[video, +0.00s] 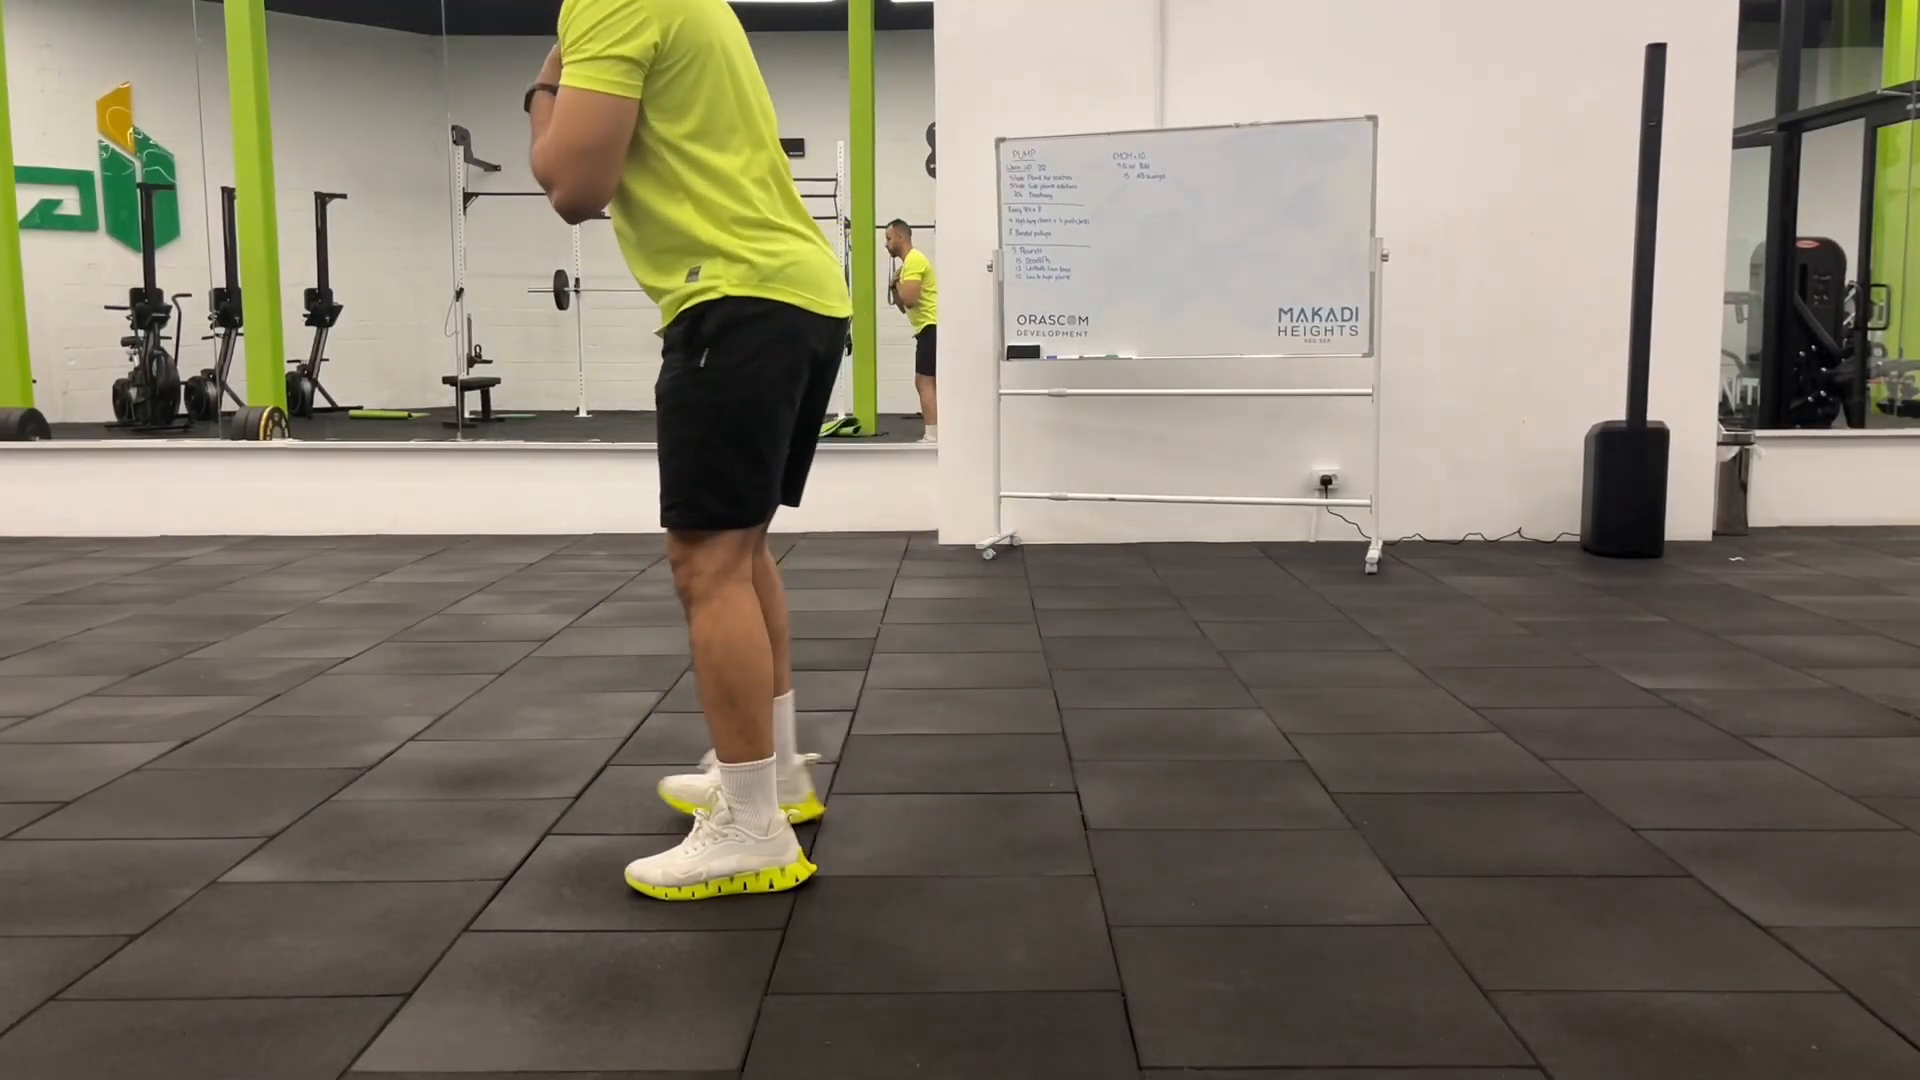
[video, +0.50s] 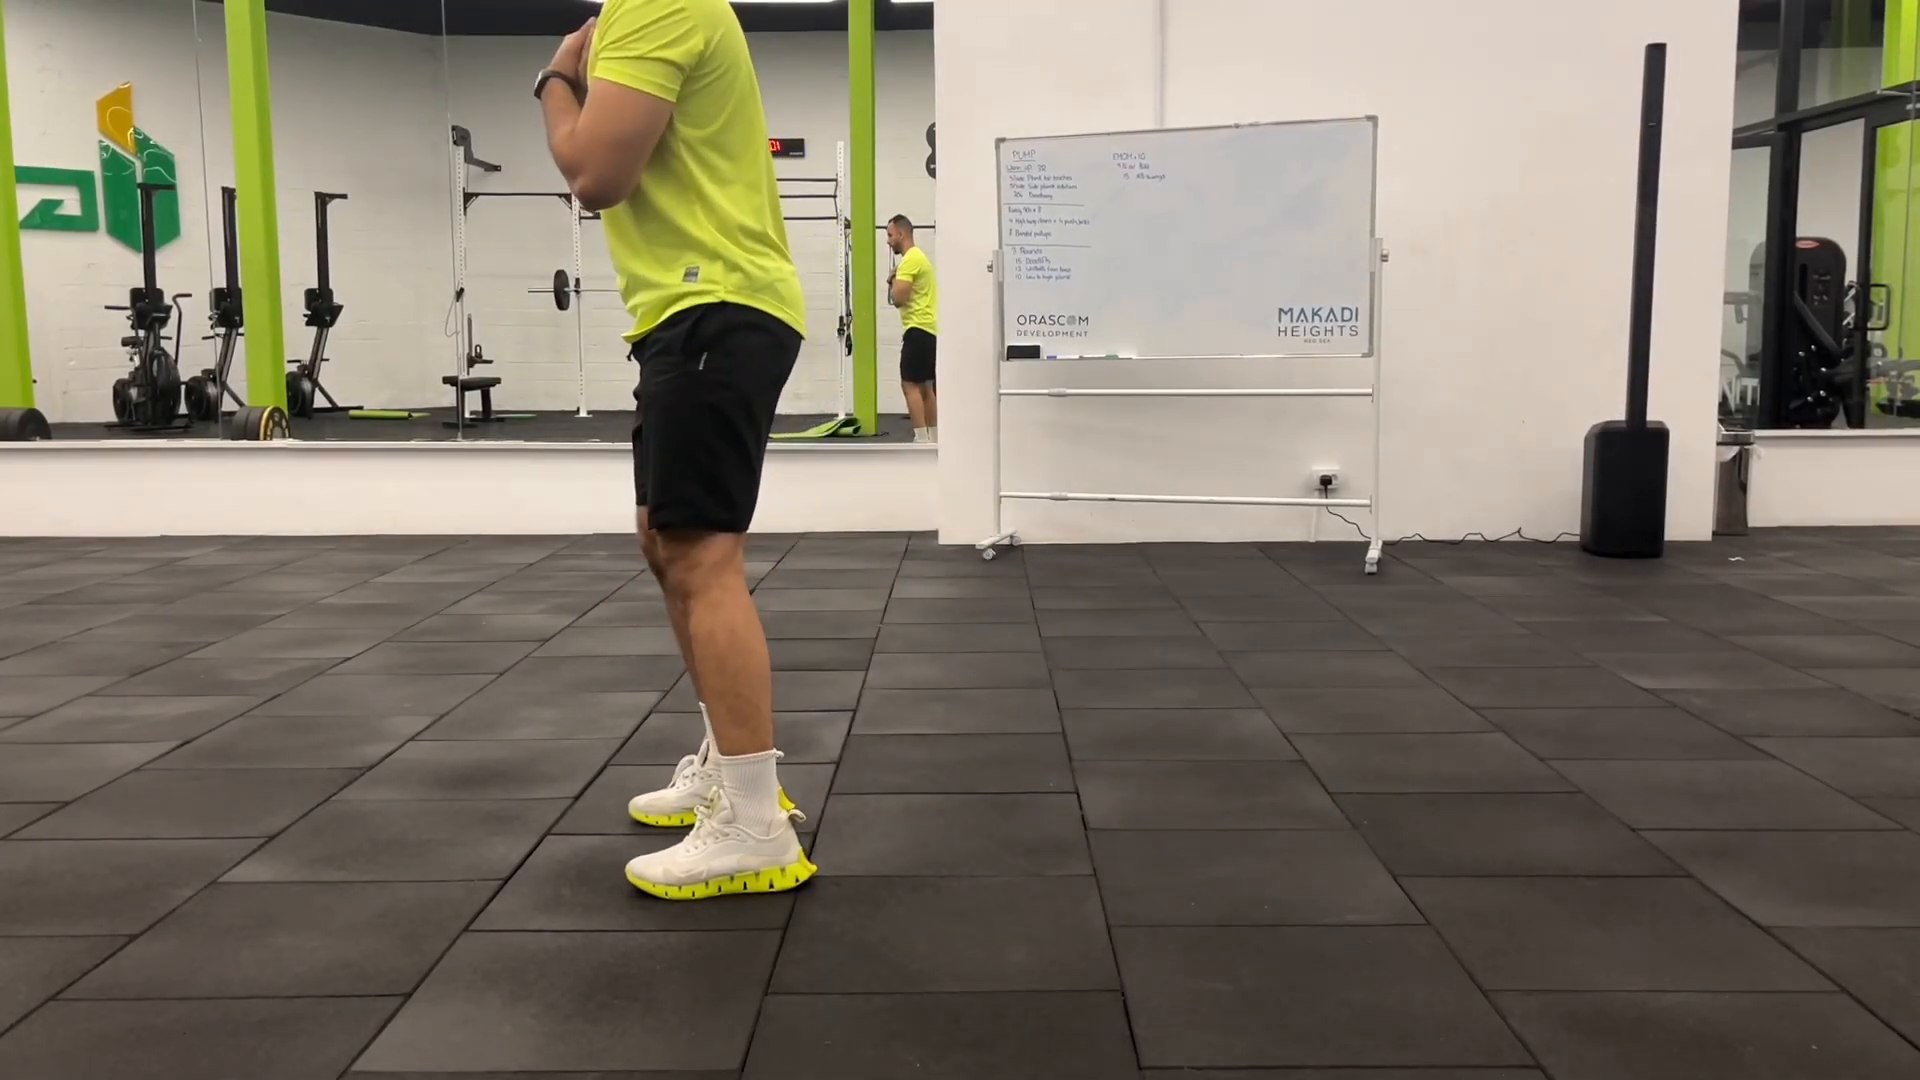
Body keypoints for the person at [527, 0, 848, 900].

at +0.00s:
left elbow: (575, 188)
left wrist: (544, 100)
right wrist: (564, 106)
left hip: (731, 300)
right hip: (794, 294)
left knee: (707, 564)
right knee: (742, 546)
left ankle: (749, 826)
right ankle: (780, 769)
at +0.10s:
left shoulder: (637, 3)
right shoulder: (647, 9)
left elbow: (580, 184)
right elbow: (583, 173)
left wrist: (552, 90)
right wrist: (560, 96)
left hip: (725, 300)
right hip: (743, 297)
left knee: (701, 563)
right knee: (712, 555)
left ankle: (755, 825)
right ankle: (732, 764)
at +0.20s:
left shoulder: (655, 8)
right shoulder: (636, 14)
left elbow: (593, 180)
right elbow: (596, 175)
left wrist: (556, 89)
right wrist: (573, 107)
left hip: (719, 306)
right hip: (702, 306)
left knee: (695, 563)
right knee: (689, 554)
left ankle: (755, 822)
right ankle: (731, 760)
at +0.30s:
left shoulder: (660, 8)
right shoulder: (630, 16)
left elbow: (594, 175)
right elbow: (603, 169)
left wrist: (556, 84)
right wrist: (575, 88)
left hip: (719, 302)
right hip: (686, 305)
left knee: (700, 554)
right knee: (666, 541)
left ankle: (757, 823)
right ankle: (729, 757)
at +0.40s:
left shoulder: (660, 9)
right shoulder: (631, 16)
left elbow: (591, 173)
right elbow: (599, 168)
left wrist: (555, 83)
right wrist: (575, 85)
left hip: (718, 303)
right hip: (683, 305)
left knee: (704, 552)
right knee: (664, 538)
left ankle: (757, 824)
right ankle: (730, 758)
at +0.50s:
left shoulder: (663, 9)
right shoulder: (633, 18)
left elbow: (595, 174)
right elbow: (604, 167)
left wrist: (557, 85)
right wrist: (576, 89)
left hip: (720, 305)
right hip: (685, 308)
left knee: (702, 555)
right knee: (667, 540)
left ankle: (757, 824)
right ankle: (730, 758)